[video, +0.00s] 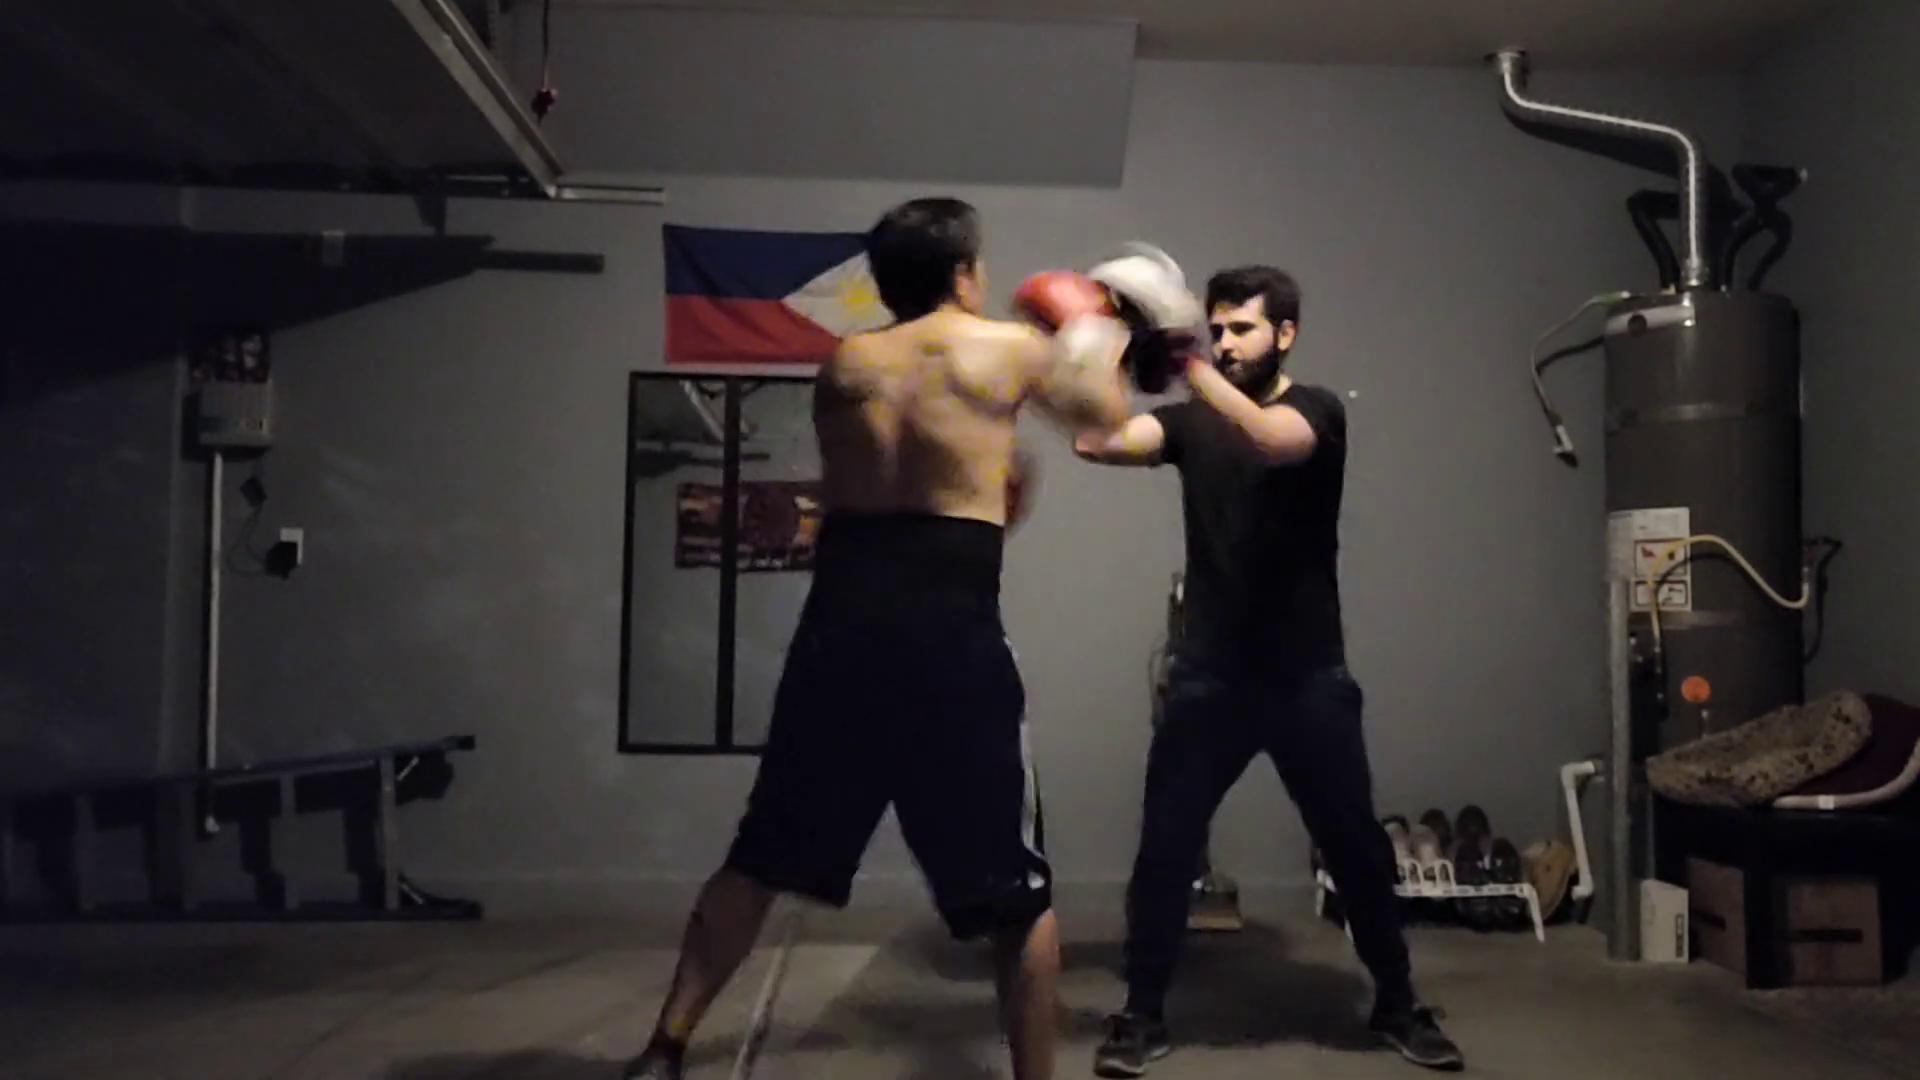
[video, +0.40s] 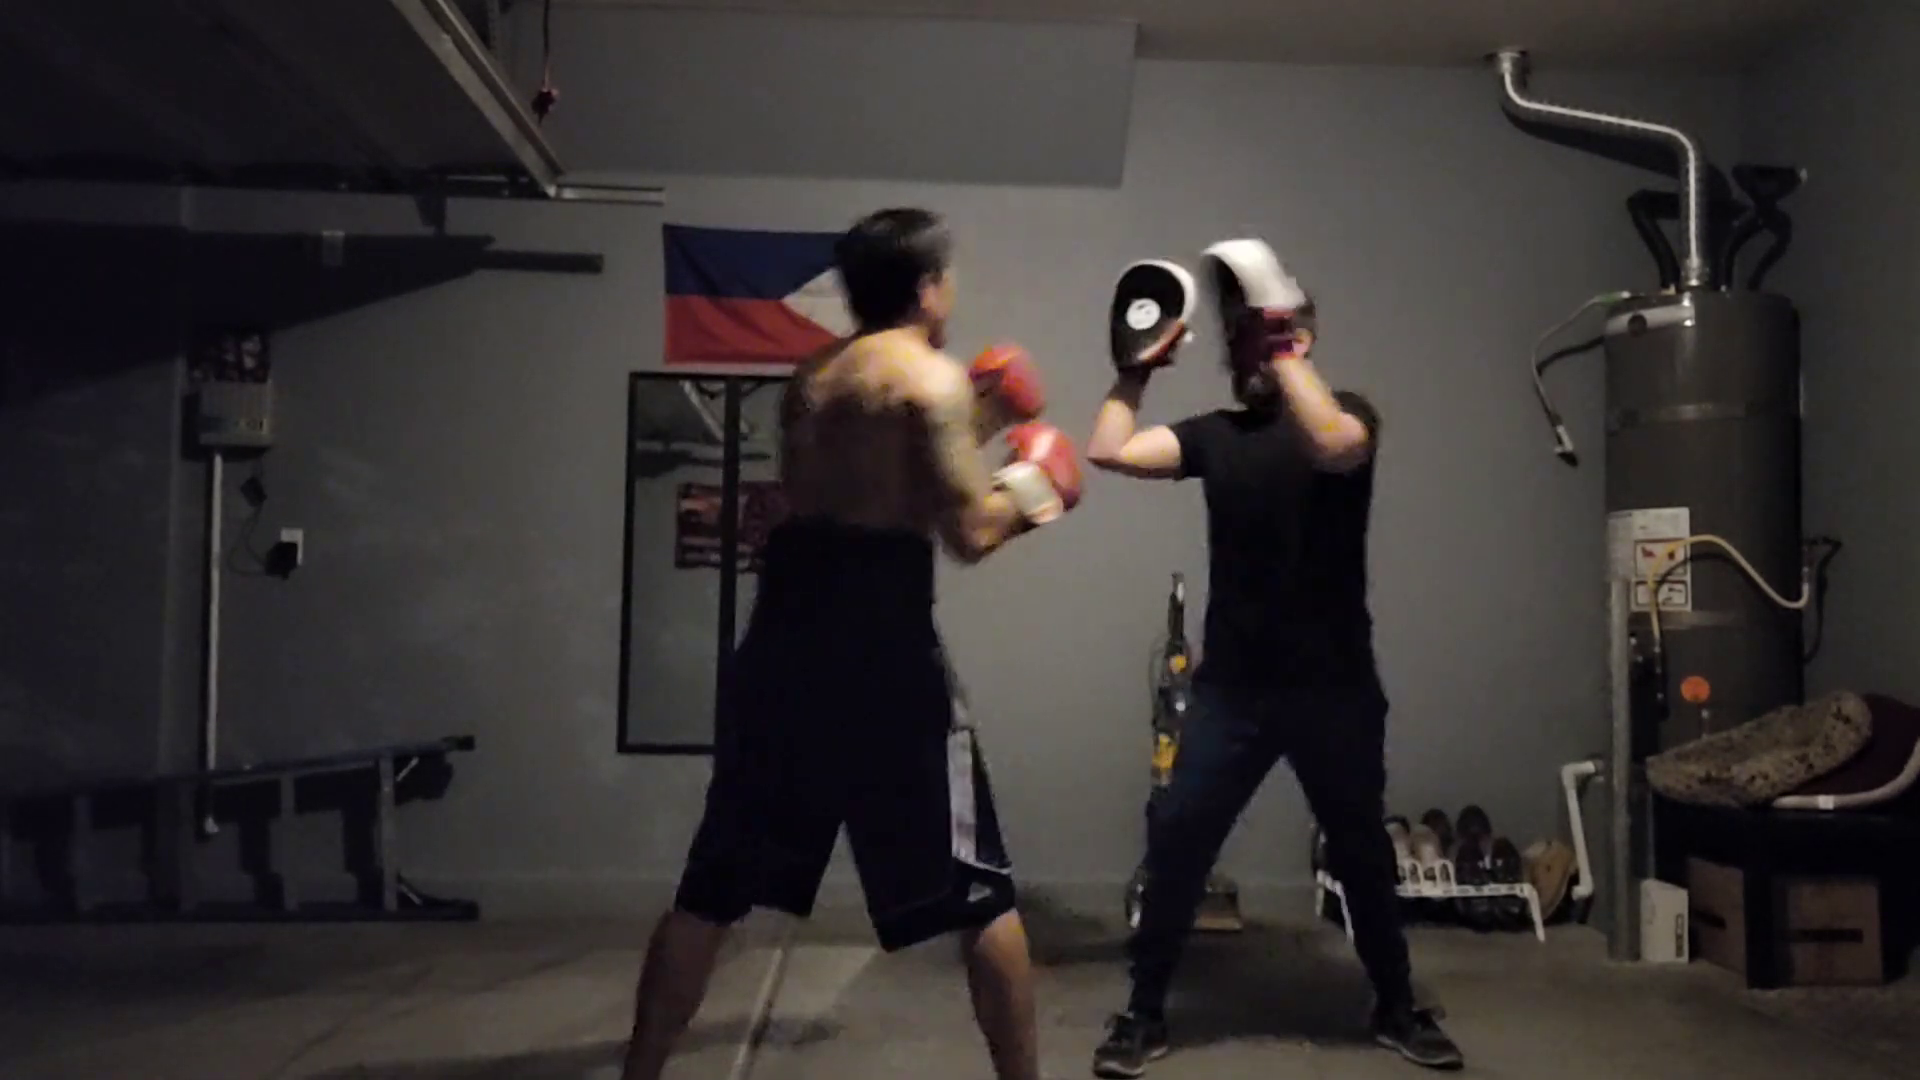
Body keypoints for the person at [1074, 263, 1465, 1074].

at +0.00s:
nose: (1226, 345)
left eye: (1242, 330)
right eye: (1217, 332)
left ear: (1285, 334)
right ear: (1206, 339)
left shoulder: (1319, 409)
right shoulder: (1192, 414)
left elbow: (1271, 436)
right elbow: (1105, 437)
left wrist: (1193, 365)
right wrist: (1083, 358)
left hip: (1305, 678)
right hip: (1207, 678)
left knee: (1355, 845)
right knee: (1166, 845)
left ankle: (1397, 1005)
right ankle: (1142, 1012)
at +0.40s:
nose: (1256, 346)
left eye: (1271, 330)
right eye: (1245, 333)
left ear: (1303, 338)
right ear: (1233, 348)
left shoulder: (1347, 416)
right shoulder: (1217, 435)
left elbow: (1335, 442)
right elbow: (1111, 448)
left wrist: (1283, 354)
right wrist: (1133, 373)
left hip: (1332, 682)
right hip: (1234, 683)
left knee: (1362, 848)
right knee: (1179, 830)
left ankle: (1398, 1007)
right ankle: (1144, 1010)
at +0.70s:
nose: (1301, 355)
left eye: (1315, 339)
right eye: (1291, 340)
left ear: (1356, 340)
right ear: (1279, 346)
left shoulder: (1394, 411)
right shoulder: (1263, 422)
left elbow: (1388, 433)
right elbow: (1150, 429)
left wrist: (1367, 337)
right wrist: (1192, 351)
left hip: (1370, 675)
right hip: (1270, 670)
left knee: (1382, 850)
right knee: (1216, 836)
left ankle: (1399, 1009)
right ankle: (1170, 1014)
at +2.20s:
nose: (1272, 360)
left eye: (1289, 346)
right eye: (1263, 346)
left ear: (1327, 348)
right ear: (1253, 350)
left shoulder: (1356, 420)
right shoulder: (1225, 422)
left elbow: (1363, 465)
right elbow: (1136, 414)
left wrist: (1353, 369)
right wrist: (1131, 347)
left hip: (1333, 683)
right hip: (1233, 682)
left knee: (1366, 851)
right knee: (1181, 830)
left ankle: (1400, 1008)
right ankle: (1150, 1014)